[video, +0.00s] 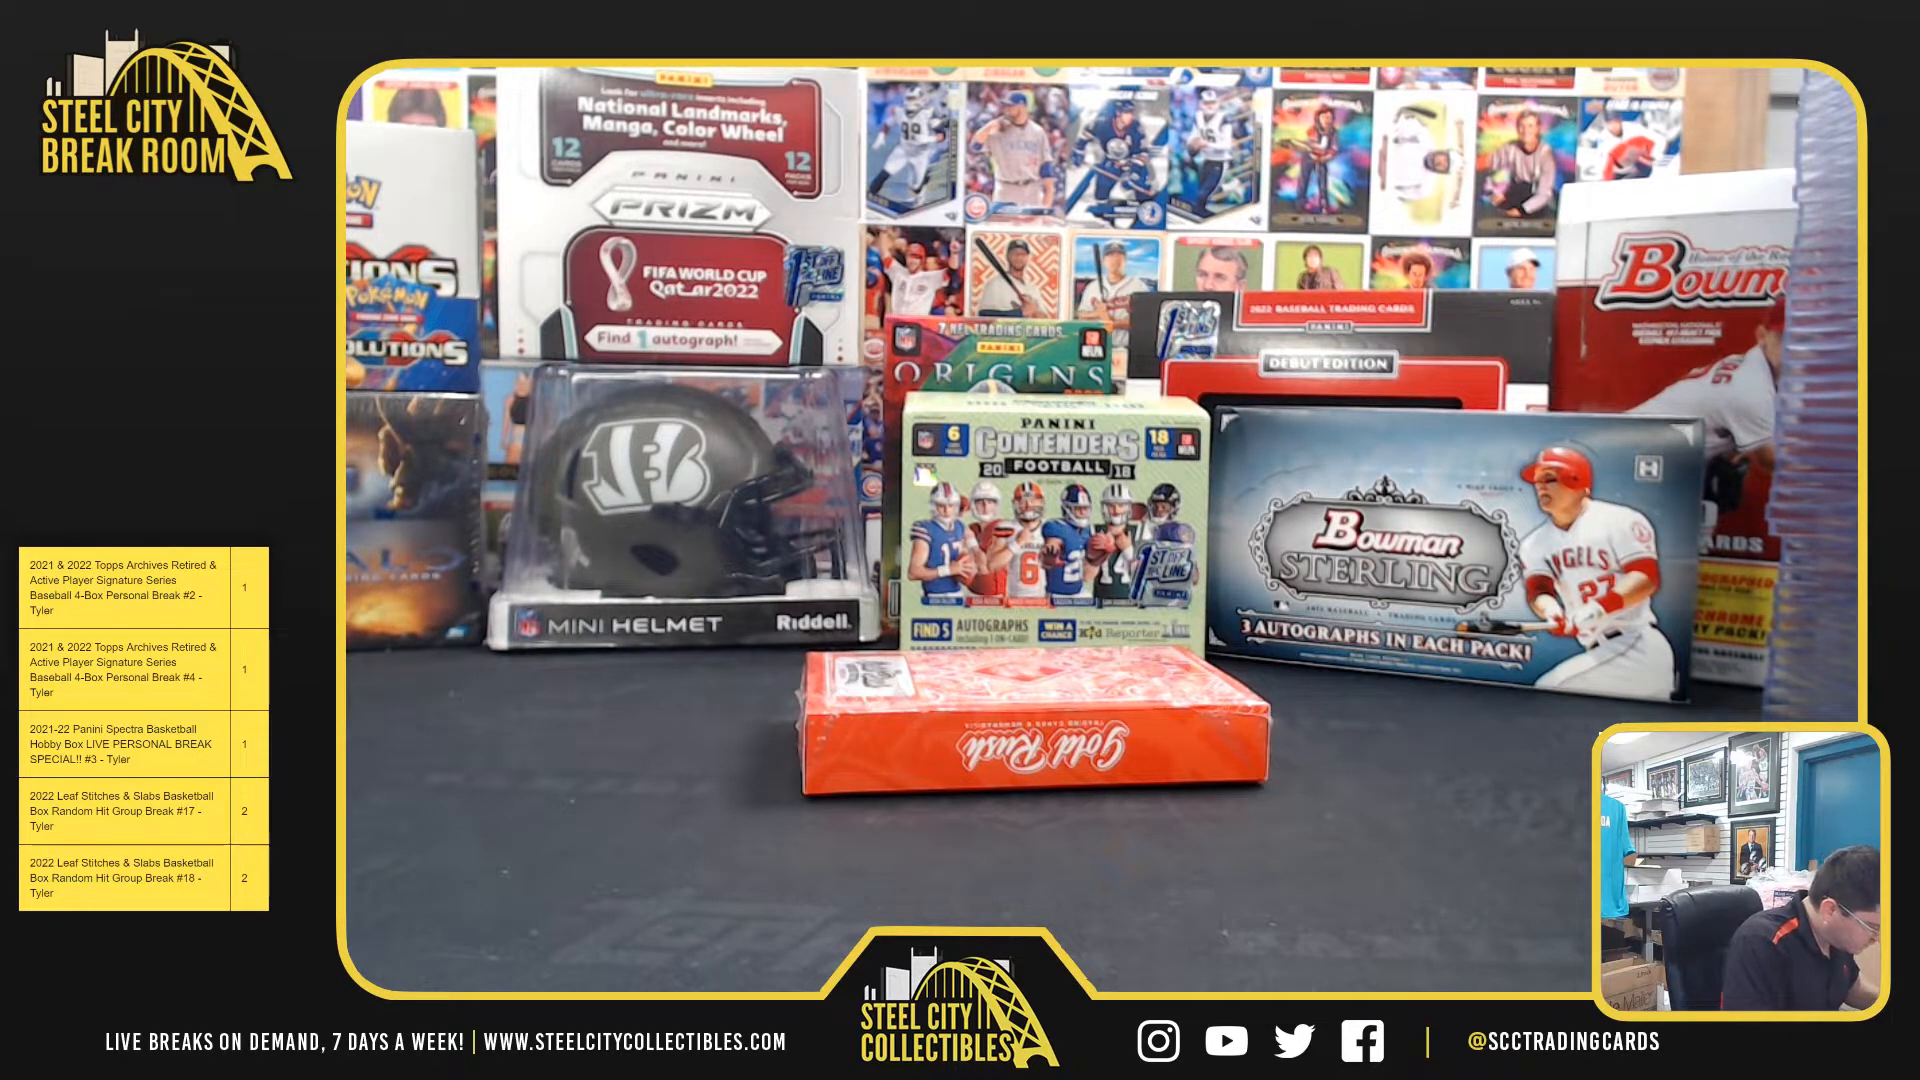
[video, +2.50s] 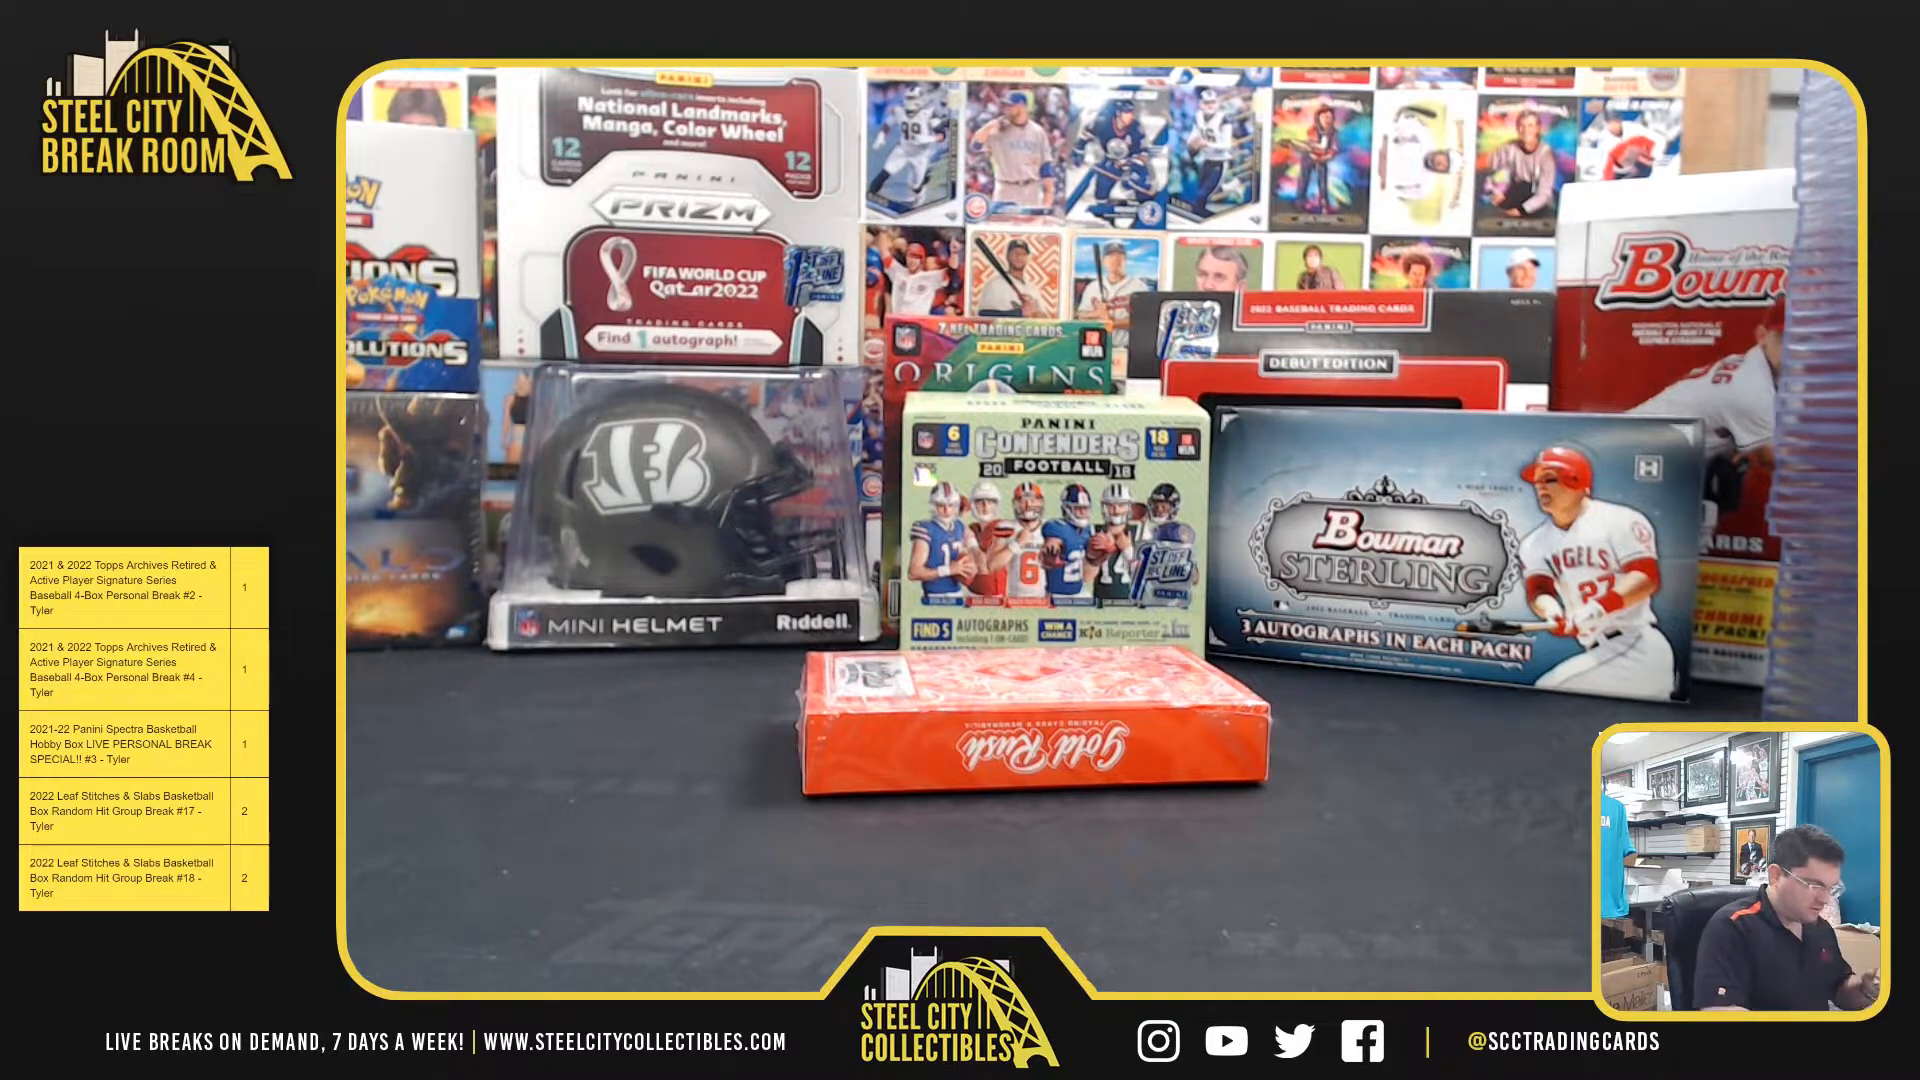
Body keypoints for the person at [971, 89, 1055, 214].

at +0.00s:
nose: (1007, 110)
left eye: (1010, 106)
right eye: (1006, 106)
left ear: (1022, 107)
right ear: (1004, 107)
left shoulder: (1038, 132)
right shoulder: (997, 129)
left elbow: (1046, 167)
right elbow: (974, 147)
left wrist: (1048, 200)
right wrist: (990, 127)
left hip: (1031, 186)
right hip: (1005, 186)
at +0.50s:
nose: (1007, 110)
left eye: (1011, 106)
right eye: (1006, 106)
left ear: (1022, 107)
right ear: (1004, 107)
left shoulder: (1038, 132)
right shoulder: (997, 129)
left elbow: (1046, 167)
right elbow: (974, 147)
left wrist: (1048, 200)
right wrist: (990, 127)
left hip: (1031, 186)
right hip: (1005, 186)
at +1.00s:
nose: (1006, 110)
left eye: (1010, 106)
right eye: (1006, 106)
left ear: (1022, 107)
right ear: (1004, 107)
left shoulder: (1038, 132)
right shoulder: (997, 129)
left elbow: (1046, 166)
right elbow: (974, 147)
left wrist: (1048, 199)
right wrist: (989, 128)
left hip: (1031, 186)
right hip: (1005, 186)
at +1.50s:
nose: (1006, 110)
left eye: (1010, 106)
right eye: (1006, 106)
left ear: (1022, 107)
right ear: (1004, 107)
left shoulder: (1038, 132)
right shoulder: (997, 129)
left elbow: (1046, 167)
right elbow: (975, 147)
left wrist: (1048, 200)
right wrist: (990, 127)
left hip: (1031, 186)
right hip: (1004, 186)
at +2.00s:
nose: (1006, 110)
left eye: (1010, 106)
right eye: (1006, 106)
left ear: (1022, 107)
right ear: (1004, 107)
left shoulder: (1038, 132)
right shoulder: (997, 129)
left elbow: (1046, 166)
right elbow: (974, 148)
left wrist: (1048, 198)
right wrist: (991, 127)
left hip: (1031, 186)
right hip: (1005, 186)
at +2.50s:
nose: (1006, 110)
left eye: (1010, 106)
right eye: (1006, 106)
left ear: (1022, 107)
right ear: (1004, 107)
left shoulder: (1038, 132)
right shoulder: (996, 129)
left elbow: (1046, 166)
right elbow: (974, 147)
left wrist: (1048, 198)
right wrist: (991, 127)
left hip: (1032, 186)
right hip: (1005, 186)